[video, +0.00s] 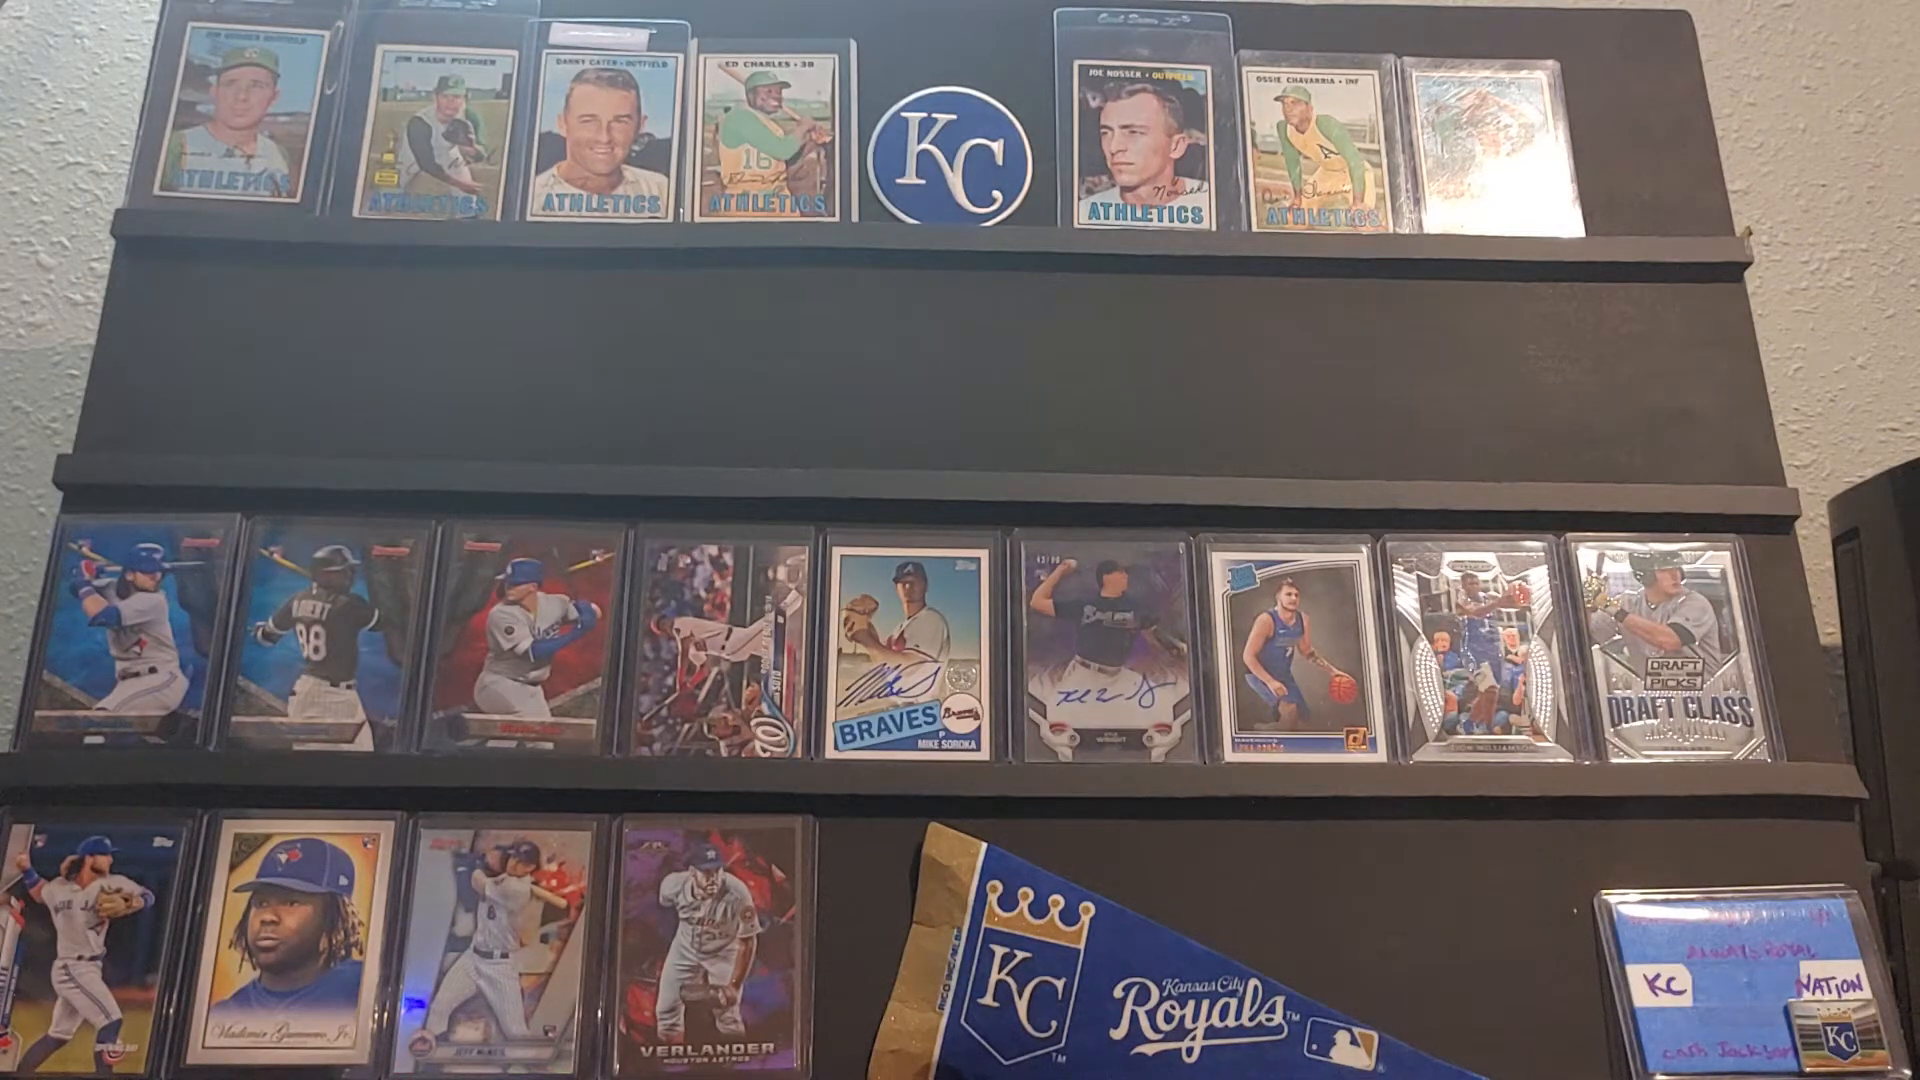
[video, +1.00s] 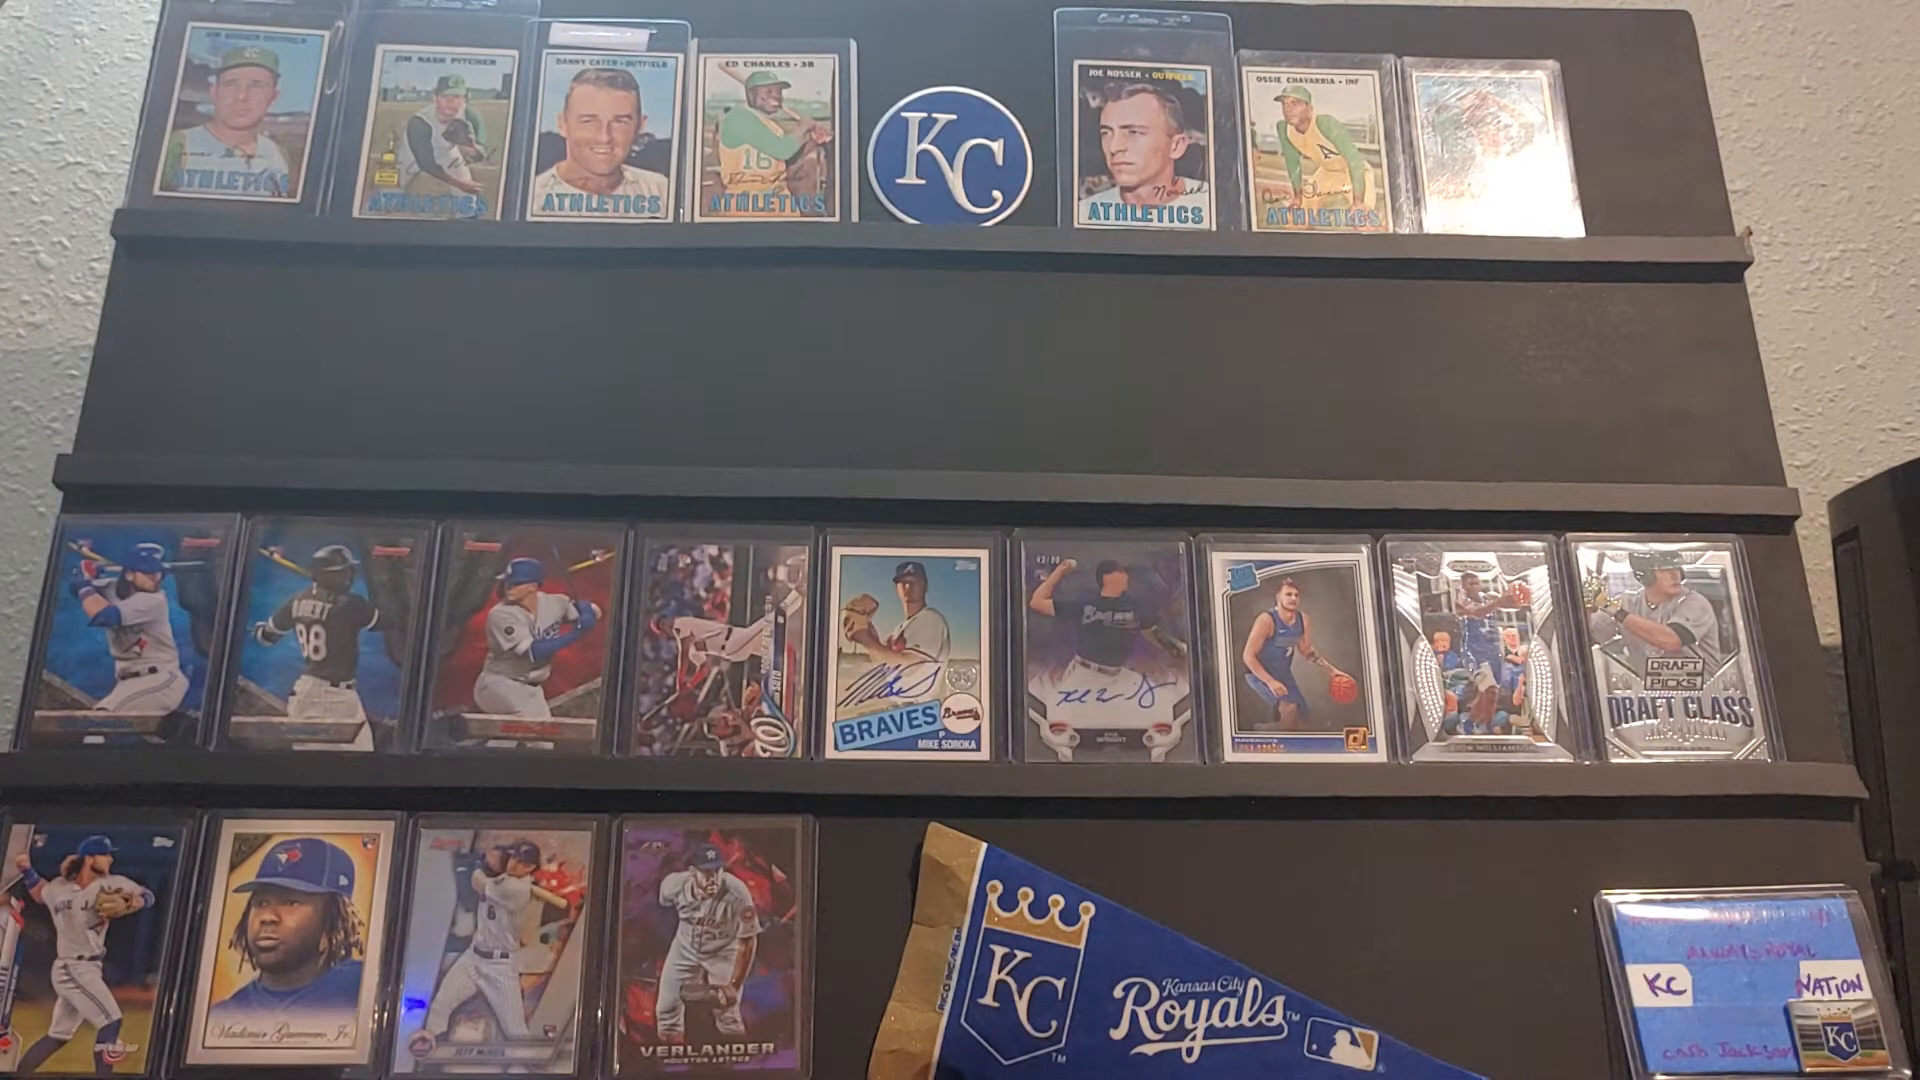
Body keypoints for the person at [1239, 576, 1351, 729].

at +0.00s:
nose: (1293, 599)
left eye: (1296, 595)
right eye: (1288, 595)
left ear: (1299, 598)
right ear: (1278, 598)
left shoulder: (1302, 619)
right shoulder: (1265, 620)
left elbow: (1307, 651)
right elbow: (1248, 656)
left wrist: (1333, 671)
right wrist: (1270, 682)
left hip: (1283, 673)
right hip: (1260, 673)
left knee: (1302, 716)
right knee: (1289, 707)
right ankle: (1284, 750)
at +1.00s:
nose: (1293, 599)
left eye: (1296, 595)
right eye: (1288, 595)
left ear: (1299, 598)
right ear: (1278, 598)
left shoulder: (1302, 619)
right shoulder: (1266, 620)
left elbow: (1307, 650)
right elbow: (1248, 656)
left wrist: (1333, 671)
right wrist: (1270, 681)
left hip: (1283, 672)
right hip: (1260, 672)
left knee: (1301, 713)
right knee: (1289, 706)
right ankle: (1283, 749)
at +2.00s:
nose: (1294, 599)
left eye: (1296, 595)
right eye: (1288, 595)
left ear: (1299, 598)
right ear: (1278, 598)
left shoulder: (1302, 619)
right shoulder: (1266, 620)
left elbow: (1307, 650)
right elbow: (1248, 656)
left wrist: (1333, 671)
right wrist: (1270, 681)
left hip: (1283, 673)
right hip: (1260, 673)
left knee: (1302, 713)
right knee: (1289, 707)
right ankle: (1281, 750)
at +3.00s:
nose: (1293, 599)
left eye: (1296, 595)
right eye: (1288, 594)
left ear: (1300, 598)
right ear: (1278, 598)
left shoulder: (1302, 619)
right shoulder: (1266, 620)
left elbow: (1307, 650)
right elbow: (1248, 656)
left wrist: (1333, 671)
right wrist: (1270, 681)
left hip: (1283, 673)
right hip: (1260, 672)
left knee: (1300, 713)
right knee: (1288, 705)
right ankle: (1285, 747)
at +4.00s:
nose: (1293, 599)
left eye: (1296, 595)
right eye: (1288, 594)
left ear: (1300, 598)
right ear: (1278, 598)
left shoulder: (1302, 619)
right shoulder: (1266, 620)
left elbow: (1307, 651)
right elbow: (1248, 656)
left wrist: (1332, 671)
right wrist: (1270, 681)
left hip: (1283, 672)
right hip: (1260, 672)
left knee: (1301, 713)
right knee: (1289, 706)